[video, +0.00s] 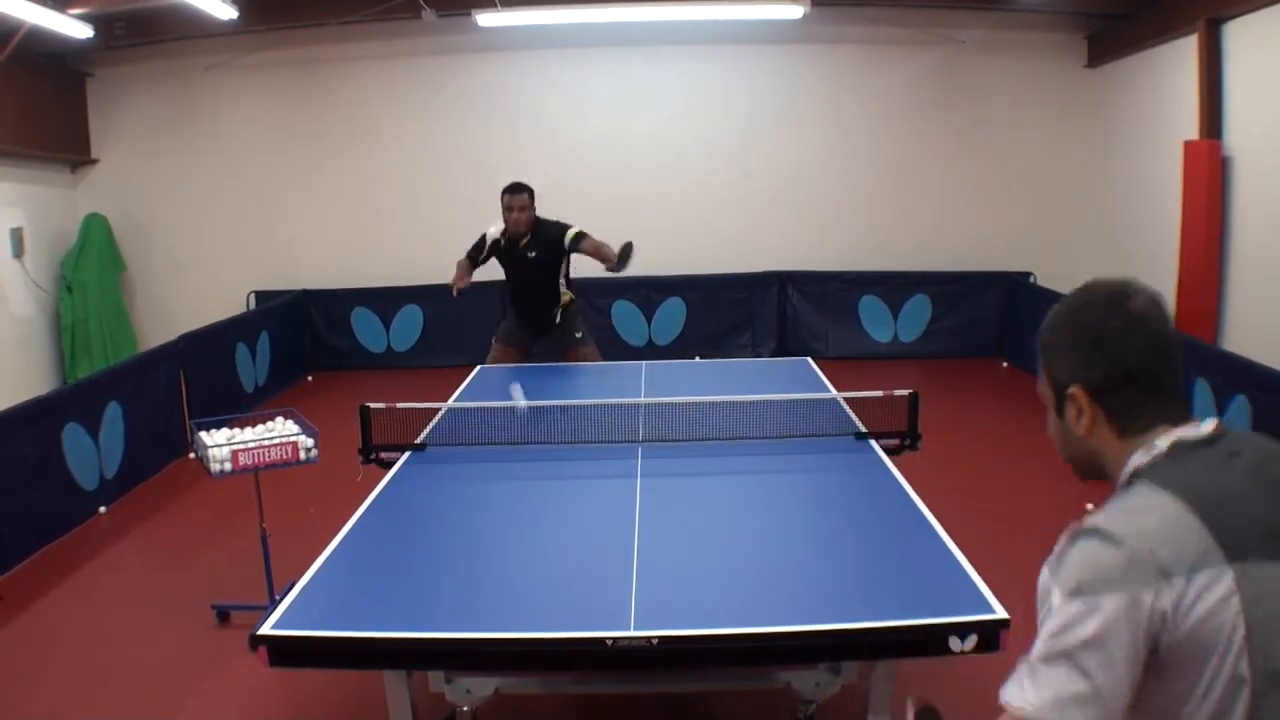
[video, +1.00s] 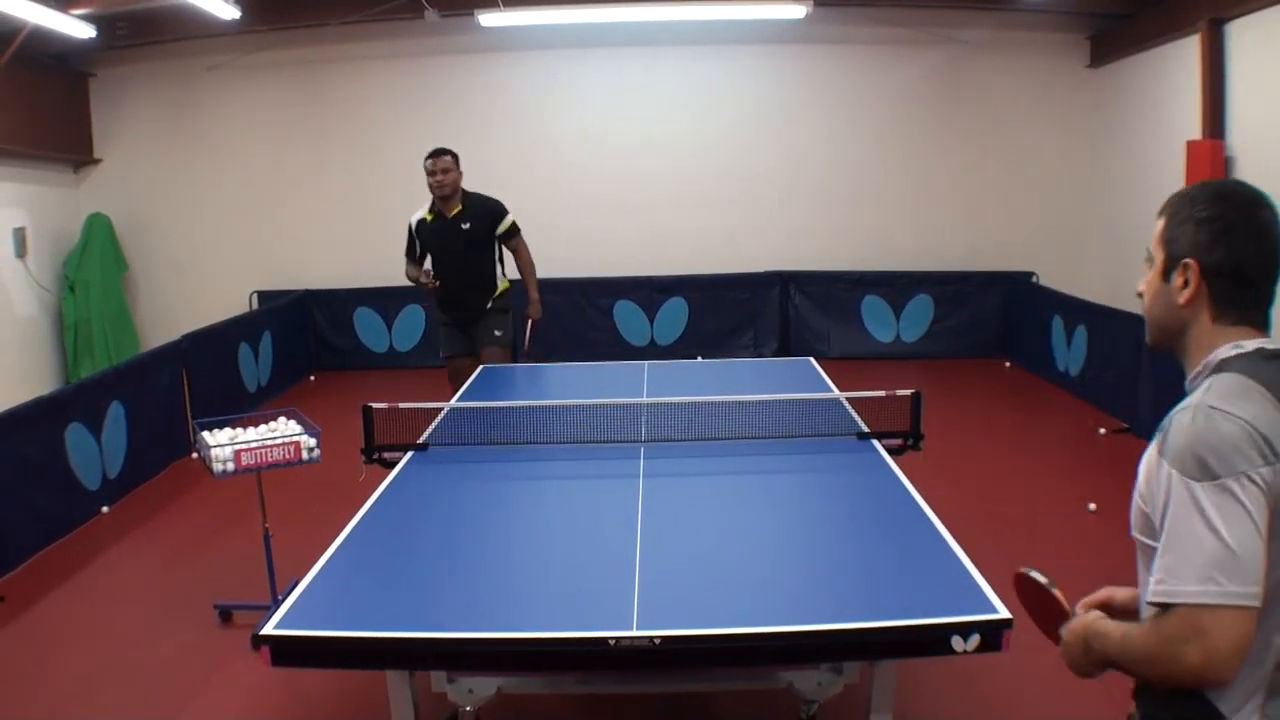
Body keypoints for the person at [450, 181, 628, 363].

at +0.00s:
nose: (516, 216)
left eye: (522, 209)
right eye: (509, 210)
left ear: (533, 210)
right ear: (502, 211)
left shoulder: (554, 232)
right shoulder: (496, 236)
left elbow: (590, 246)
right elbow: (469, 260)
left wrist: (612, 259)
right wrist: (462, 276)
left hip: (561, 314)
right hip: (520, 315)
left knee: (594, 374)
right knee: (493, 376)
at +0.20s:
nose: (536, 199)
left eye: (542, 193)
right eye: (529, 193)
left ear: (551, 195)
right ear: (520, 197)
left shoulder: (572, 227)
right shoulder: (507, 232)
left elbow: (608, 251)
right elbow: (494, 264)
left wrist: (627, 271)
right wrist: (491, 292)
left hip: (567, 316)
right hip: (524, 318)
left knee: (595, 375)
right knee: (499, 378)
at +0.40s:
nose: (553, 191)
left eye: (559, 186)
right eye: (546, 185)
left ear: (568, 190)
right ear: (536, 188)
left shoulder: (584, 227)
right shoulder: (517, 222)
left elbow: (606, 265)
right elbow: (494, 255)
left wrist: (609, 298)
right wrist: (501, 284)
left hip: (569, 316)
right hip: (524, 313)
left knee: (594, 379)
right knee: (495, 377)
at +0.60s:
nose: (524, 199)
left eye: (531, 194)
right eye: (518, 194)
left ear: (541, 199)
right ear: (510, 198)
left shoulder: (560, 235)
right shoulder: (493, 234)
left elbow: (579, 276)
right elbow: (468, 267)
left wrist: (568, 319)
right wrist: (468, 288)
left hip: (552, 328)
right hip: (507, 328)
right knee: (488, 385)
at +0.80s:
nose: (469, 190)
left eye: (476, 184)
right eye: (463, 185)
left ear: (489, 187)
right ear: (456, 190)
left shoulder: (515, 224)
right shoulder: (447, 234)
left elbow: (538, 268)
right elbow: (441, 271)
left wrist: (547, 318)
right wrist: (434, 291)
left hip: (519, 320)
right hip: (475, 322)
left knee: (530, 388)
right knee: (467, 388)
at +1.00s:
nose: (438, 179)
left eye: (445, 172)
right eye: (432, 174)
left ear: (460, 174)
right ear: (426, 179)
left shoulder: (488, 209)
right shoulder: (420, 223)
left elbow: (520, 249)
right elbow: (411, 266)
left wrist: (533, 299)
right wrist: (420, 277)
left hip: (491, 305)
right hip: (450, 309)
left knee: (496, 375)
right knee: (461, 382)